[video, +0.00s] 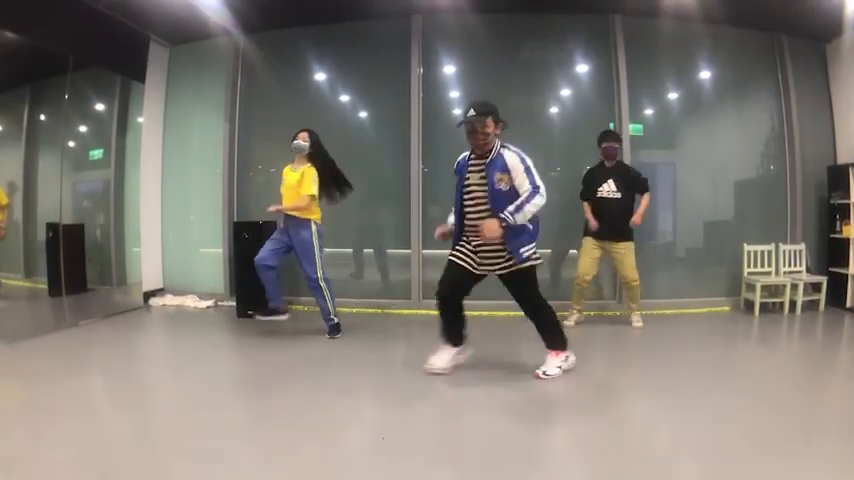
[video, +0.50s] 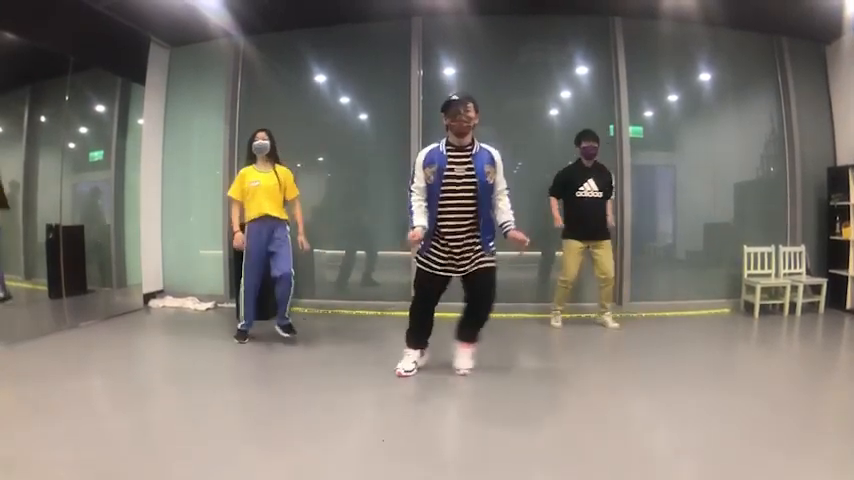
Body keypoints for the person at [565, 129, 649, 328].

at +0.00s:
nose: (611, 152)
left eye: (614, 148)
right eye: (607, 148)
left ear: (620, 149)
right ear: (600, 149)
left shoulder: (629, 173)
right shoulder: (592, 174)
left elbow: (645, 193)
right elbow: (585, 199)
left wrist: (639, 214)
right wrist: (590, 218)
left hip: (621, 237)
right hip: (594, 236)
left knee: (631, 279)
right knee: (582, 277)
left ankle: (635, 312)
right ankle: (577, 311)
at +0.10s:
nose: (599, 154)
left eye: (603, 151)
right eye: (596, 151)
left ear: (610, 151)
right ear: (590, 152)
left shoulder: (620, 176)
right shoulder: (588, 177)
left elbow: (637, 198)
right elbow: (585, 203)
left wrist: (628, 225)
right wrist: (580, 224)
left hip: (618, 240)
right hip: (593, 238)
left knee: (629, 279)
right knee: (576, 273)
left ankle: (641, 312)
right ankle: (576, 312)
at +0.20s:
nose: (587, 164)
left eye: (590, 160)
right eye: (583, 160)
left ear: (597, 161)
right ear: (578, 162)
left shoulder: (604, 182)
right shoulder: (579, 184)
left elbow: (617, 209)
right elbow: (578, 211)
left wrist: (611, 238)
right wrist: (571, 233)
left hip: (610, 244)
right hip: (587, 243)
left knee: (624, 285)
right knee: (566, 276)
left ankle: (646, 313)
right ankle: (569, 314)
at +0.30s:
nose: (584, 161)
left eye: (588, 158)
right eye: (580, 158)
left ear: (593, 158)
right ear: (574, 158)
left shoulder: (601, 180)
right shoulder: (570, 182)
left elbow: (612, 207)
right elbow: (566, 205)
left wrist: (600, 228)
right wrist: (561, 225)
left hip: (604, 242)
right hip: (578, 242)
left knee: (617, 282)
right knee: (566, 278)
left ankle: (637, 312)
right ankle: (567, 314)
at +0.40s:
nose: (585, 153)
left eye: (588, 150)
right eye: (581, 150)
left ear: (594, 150)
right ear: (575, 151)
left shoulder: (602, 173)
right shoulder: (566, 175)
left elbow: (612, 198)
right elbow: (556, 197)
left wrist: (605, 214)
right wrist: (554, 217)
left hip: (600, 237)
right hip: (574, 237)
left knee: (611, 277)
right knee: (568, 278)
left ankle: (619, 311)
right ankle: (566, 313)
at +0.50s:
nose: (590, 151)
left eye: (593, 147)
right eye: (586, 147)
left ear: (598, 149)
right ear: (578, 148)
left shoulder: (605, 173)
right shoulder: (567, 173)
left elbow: (608, 198)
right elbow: (553, 195)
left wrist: (609, 217)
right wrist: (557, 218)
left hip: (600, 234)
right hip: (574, 235)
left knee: (608, 275)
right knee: (568, 277)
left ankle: (605, 312)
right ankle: (557, 310)